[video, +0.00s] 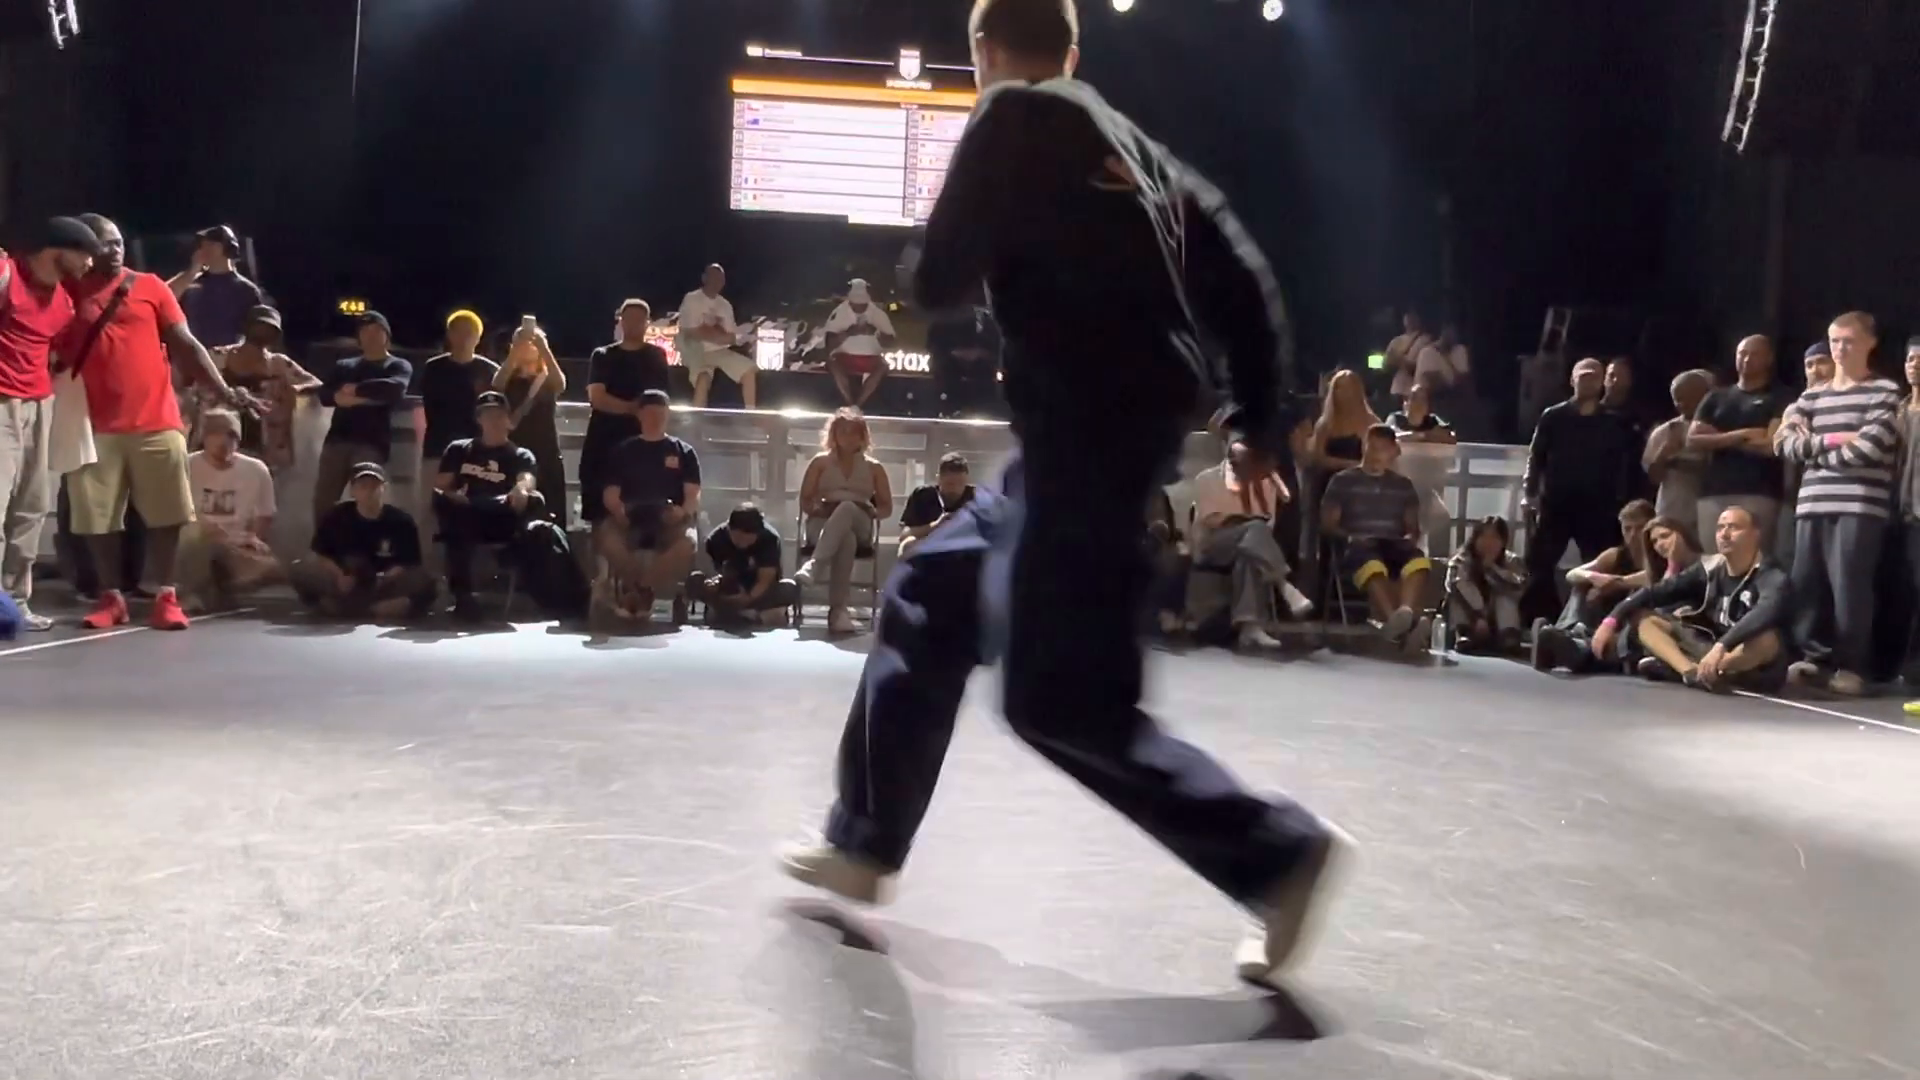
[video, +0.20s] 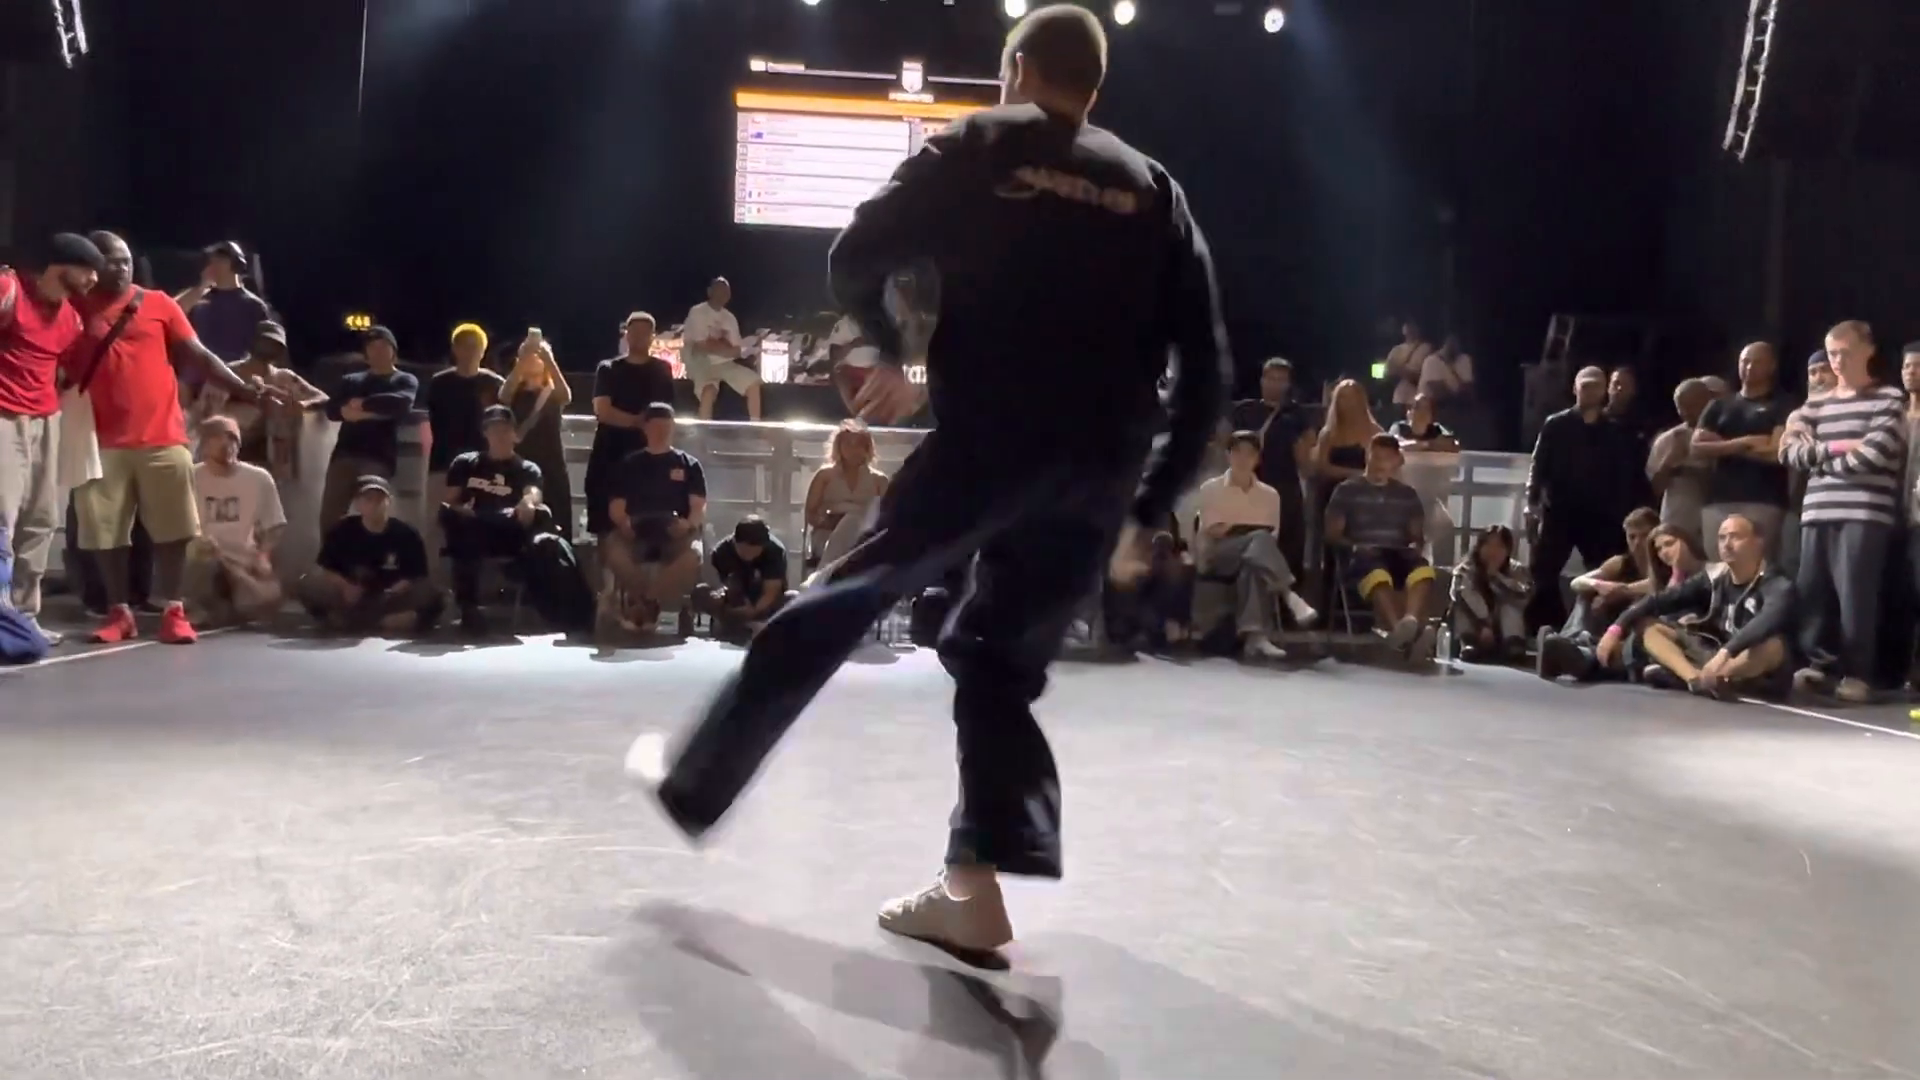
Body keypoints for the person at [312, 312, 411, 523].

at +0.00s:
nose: (370, 336)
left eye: (375, 331)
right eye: (365, 331)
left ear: (386, 336)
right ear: (359, 337)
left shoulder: (399, 365)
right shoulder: (344, 365)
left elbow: (394, 390)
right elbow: (325, 396)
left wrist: (355, 389)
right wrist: (367, 399)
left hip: (371, 443)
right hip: (338, 441)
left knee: (366, 504)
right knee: (323, 502)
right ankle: (321, 551)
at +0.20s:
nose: (376, 352)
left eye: (382, 346)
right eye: (372, 347)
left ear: (393, 351)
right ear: (366, 352)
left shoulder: (406, 380)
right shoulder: (351, 380)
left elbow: (401, 405)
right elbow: (332, 411)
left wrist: (361, 404)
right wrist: (373, 413)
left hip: (378, 456)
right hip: (346, 453)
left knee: (371, 517)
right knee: (330, 516)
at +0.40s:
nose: (376, 356)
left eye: (382, 351)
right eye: (372, 351)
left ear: (393, 356)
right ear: (366, 356)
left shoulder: (406, 384)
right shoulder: (352, 384)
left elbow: (401, 408)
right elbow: (333, 416)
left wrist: (361, 408)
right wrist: (376, 418)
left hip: (377, 462)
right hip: (345, 460)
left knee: (373, 523)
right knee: (330, 521)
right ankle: (329, 571)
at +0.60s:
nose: (377, 356)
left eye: (383, 351)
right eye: (373, 351)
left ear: (393, 357)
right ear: (366, 358)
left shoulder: (406, 386)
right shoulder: (352, 385)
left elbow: (400, 410)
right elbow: (333, 418)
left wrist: (360, 409)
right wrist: (376, 419)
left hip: (378, 462)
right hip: (346, 459)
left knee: (373, 524)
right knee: (330, 522)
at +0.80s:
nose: (379, 358)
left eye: (385, 353)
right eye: (375, 354)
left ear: (395, 359)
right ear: (368, 360)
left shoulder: (408, 388)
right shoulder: (353, 387)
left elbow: (402, 412)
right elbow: (335, 420)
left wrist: (362, 411)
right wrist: (377, 421)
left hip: (380, 465)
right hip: (347, 463)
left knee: (376, 526)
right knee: (332, 523)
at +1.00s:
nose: (382, 359)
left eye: (387, 354)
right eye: (377, 354)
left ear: (397, 359)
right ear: (370, 360)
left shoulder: (410, 388)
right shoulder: (355, 388)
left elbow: (403, 413)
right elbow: (338, 419)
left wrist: (365, 411)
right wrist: (379, 422)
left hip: (382, 466)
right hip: (349, 464)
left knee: (377, 526)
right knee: (334, 523)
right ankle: (332, 572)